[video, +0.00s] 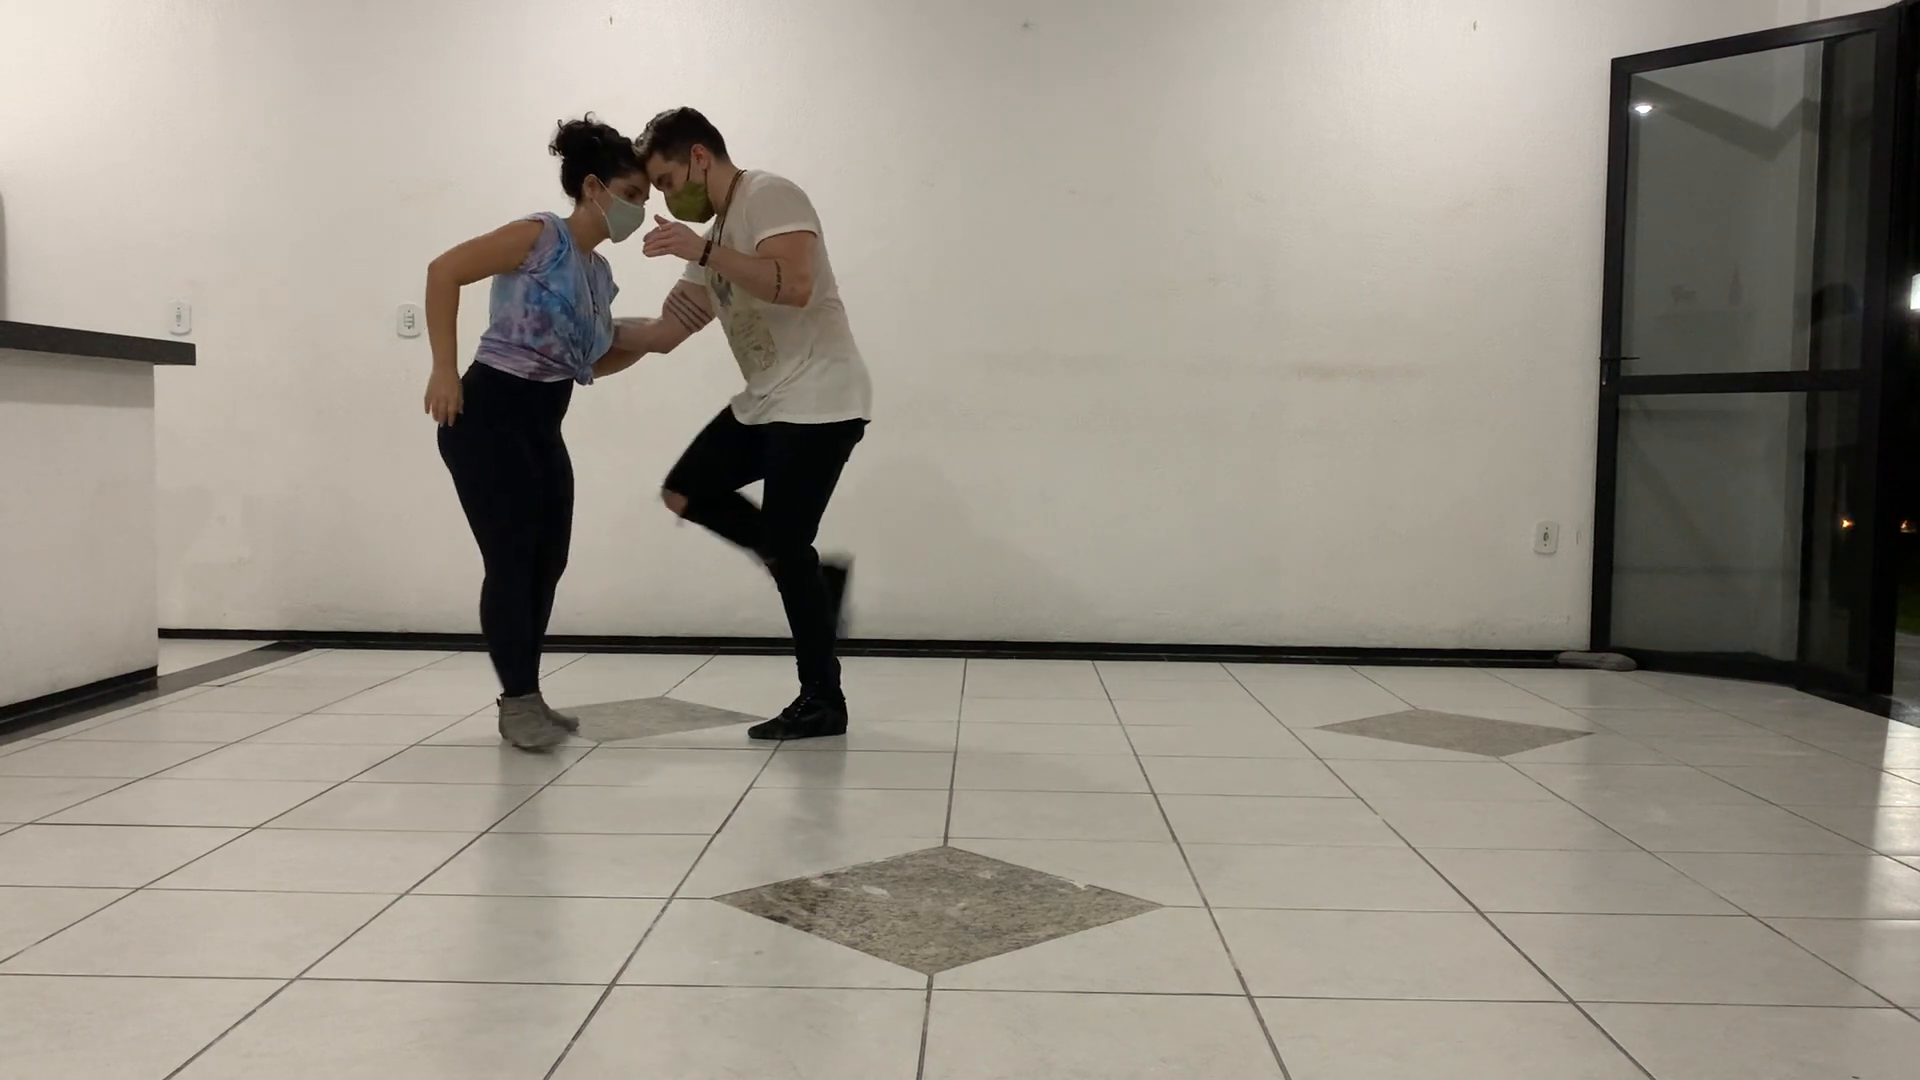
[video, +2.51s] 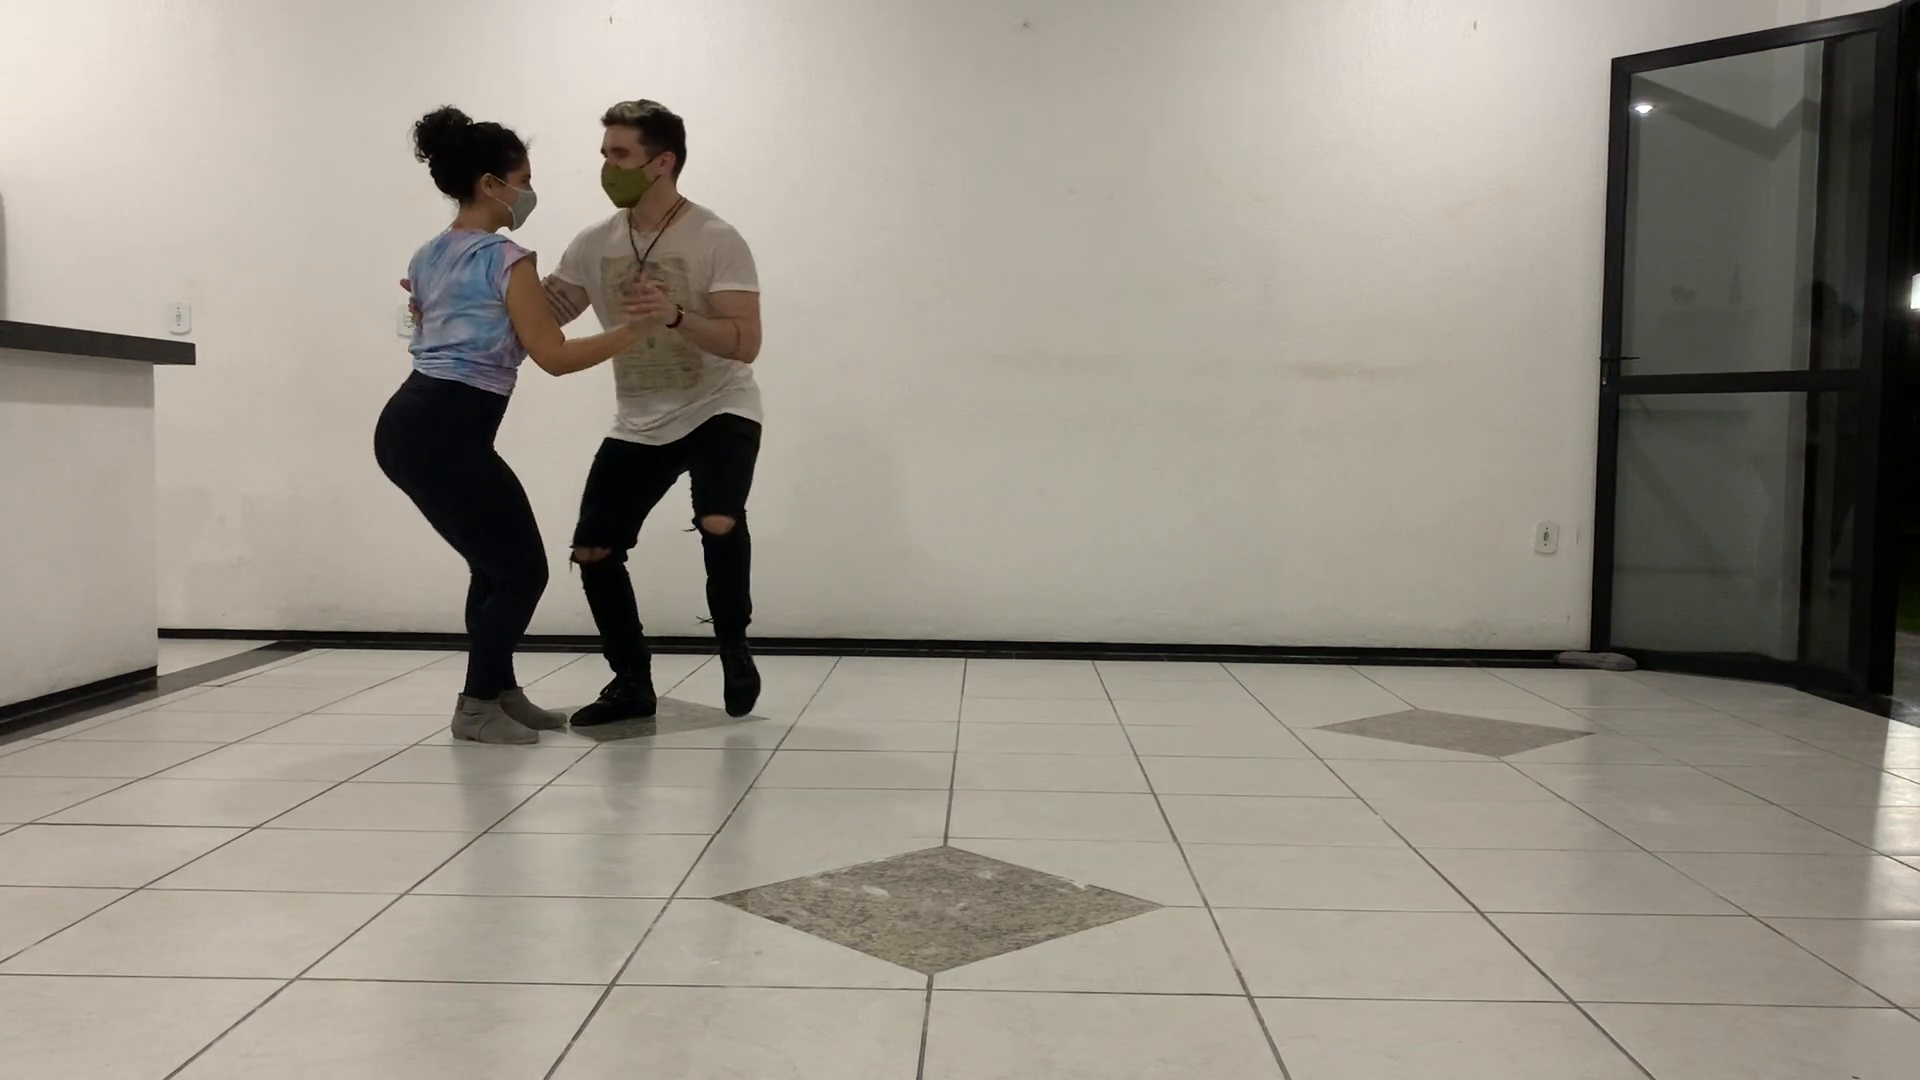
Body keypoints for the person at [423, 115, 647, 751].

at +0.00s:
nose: (641, 208)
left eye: (644, 196)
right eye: (633, 194)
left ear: (617, 194)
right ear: (593, 189)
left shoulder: (596, 278)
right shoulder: (540, 237)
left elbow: (590, 363)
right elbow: (444, 272)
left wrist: (657, 334)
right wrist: (445, 370)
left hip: (539, 422)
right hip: (487, 411)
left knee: (547, 557)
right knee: (512, 552)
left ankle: (524, 696)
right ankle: (517, 701)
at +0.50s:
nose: (579, 163)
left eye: (573, 153)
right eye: (565, 157)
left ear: (543, 175)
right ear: (534, 176)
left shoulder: (549, 261)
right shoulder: (512, 238)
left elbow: (620, 333)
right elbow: (445, 305)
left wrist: (658, 284)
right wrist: (448, 402)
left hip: (512, 419)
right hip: (472, 413)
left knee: (538, 552)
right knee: (506, 556)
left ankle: (506, 694)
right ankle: (469, 705)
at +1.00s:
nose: (494, 177)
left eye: (490, 167)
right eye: (483, 169)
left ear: (451, 185)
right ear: (449, 183)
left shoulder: (478, 248)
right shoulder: (447, 257)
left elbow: (536, 324)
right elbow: (469, 343)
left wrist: (620, 300)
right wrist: (566, 386)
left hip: (525, 417)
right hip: (492, 420)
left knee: (552, 558)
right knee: (526, 563)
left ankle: (508, 693)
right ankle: (474, 705)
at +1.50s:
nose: (498, 182)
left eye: (495, 170)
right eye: (488, 171)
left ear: (453, 182)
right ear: (454, 180)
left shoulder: (467, 248)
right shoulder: (440, 248)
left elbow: (518, 330)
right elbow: (495, 284)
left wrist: (578, 298)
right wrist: (579, 296)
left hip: (508, 414)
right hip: (485, 418)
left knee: (543, 559)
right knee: (527, 564)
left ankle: (507, 692)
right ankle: (474, 705)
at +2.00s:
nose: (541, 173)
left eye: (538, 162)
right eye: (530, 162)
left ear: (499, 173)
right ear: (497, 172)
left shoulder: (514, 252)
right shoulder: (476, 238)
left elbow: (583, 335)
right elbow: (530, 312)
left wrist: (646, 306)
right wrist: (606, 268)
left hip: (511, 422)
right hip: (469, 425)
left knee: (546, 554)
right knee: (519, 562)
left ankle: (505, 690)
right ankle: (477, 705)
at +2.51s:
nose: (531, 189)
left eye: (529, 177)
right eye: (523, 178)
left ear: (477, 185)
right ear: (488, 186)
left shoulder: (428, 257)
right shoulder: (507, 259)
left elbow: (429, 332)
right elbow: (554, 356)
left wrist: (521, 310)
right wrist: (632, 332)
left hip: (404, 428)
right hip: (451, 434)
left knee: (493, 560)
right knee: (524, 566)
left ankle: (497, 689)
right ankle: (478, 706)